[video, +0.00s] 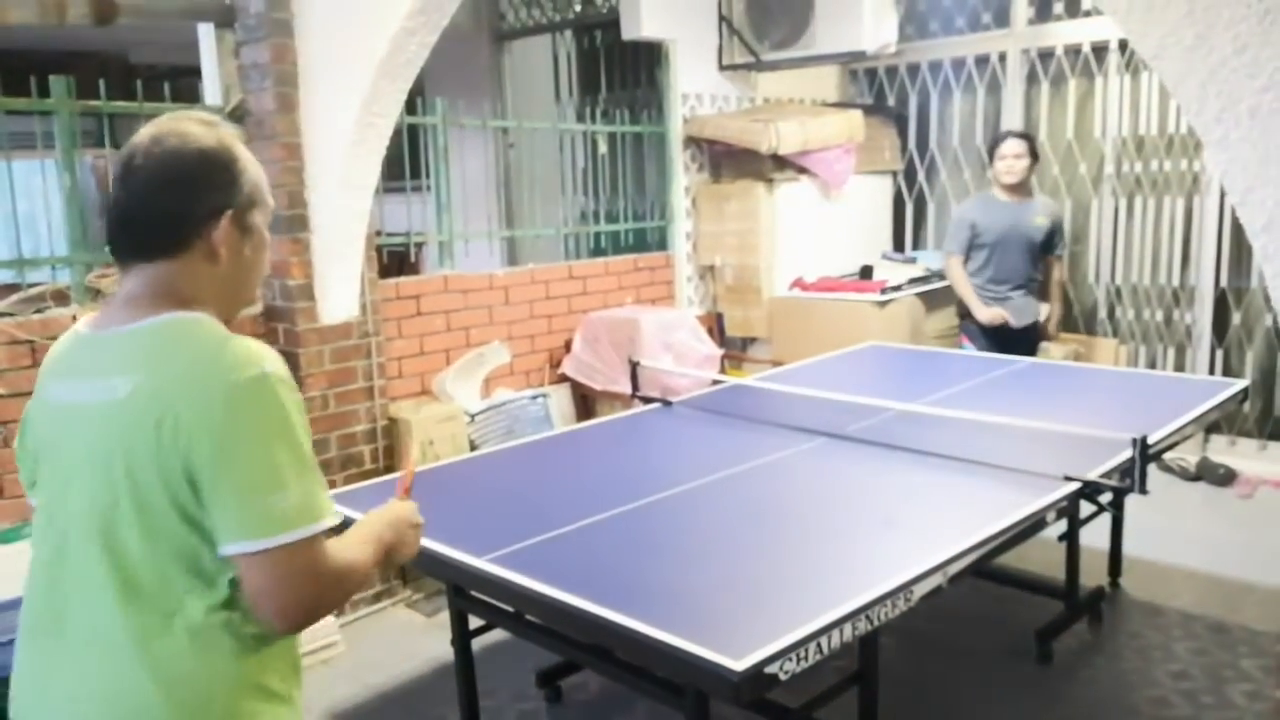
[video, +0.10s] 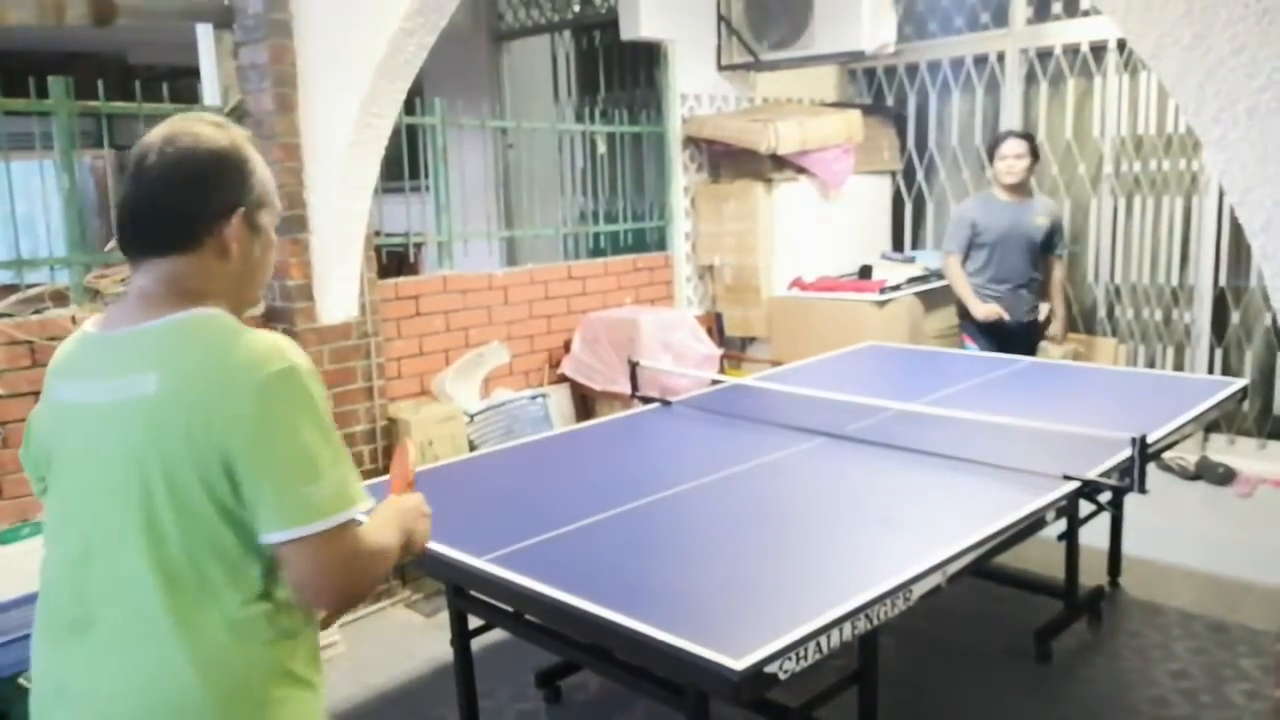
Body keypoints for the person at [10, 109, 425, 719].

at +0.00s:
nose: (271, 251)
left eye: (271, 229)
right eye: (266, 228)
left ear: (133, 229)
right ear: (223, 234)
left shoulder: (66, 357)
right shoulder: (235, 371)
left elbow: (41, 490)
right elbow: (286, 597)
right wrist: (379, 537)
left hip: (49, 695)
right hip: (200, 702)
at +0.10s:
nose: (277, 251)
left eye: (279, 230)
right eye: (274, 228)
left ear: (136, 232)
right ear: (232, 231)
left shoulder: (71, 359)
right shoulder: (257, 364)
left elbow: (49, 490)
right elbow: (328, 581)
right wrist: (396, 522)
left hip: (68, 696)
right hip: (229, 701)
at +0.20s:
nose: (290, 254)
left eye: (293, 231)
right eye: (288, 229)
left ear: (154, 227)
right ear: (253, 227)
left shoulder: (80, 357)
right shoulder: (282, 356)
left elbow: (68, 495)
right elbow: (385, 558)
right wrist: (435, 502)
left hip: (85, 697)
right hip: (253, 701)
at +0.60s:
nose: (341, 248)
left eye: (343, 231)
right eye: (344, 229)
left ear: (219, 219)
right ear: (327, 227)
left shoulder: (108, 344)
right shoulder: (358, 348)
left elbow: (68, 523)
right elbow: (454, 537)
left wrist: (173, 507)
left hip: (118, 697)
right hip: (294, 696)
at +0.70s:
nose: (348, 243)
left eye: (350, 224)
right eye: (349, 223)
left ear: (225, 215)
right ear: (325, 223)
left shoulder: (109, 341)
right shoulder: (361, 344)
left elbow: (55, 524)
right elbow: (490, 502)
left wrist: (164, 543)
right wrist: (508, 457)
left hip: (118, 699)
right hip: (290, 699)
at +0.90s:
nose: (334, 234)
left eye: (333, 214)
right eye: (332, 214)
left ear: (205, 215)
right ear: (308, 224)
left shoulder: (96, 347)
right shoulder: (358, 352)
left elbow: (36, 533)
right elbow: (489, 478)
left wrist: (122, 591)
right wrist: (481, 401)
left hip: (106, 701)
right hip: (281, 700)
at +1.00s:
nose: (315, 223)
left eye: (313, 204)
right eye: (311, 206)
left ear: (183, 215)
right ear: (287, 223)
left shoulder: (83, 346)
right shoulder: (345, 353)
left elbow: (23, 533)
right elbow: (449, 501)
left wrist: (99, 603)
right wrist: (448, 425)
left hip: (101, 697)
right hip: (276, 697)